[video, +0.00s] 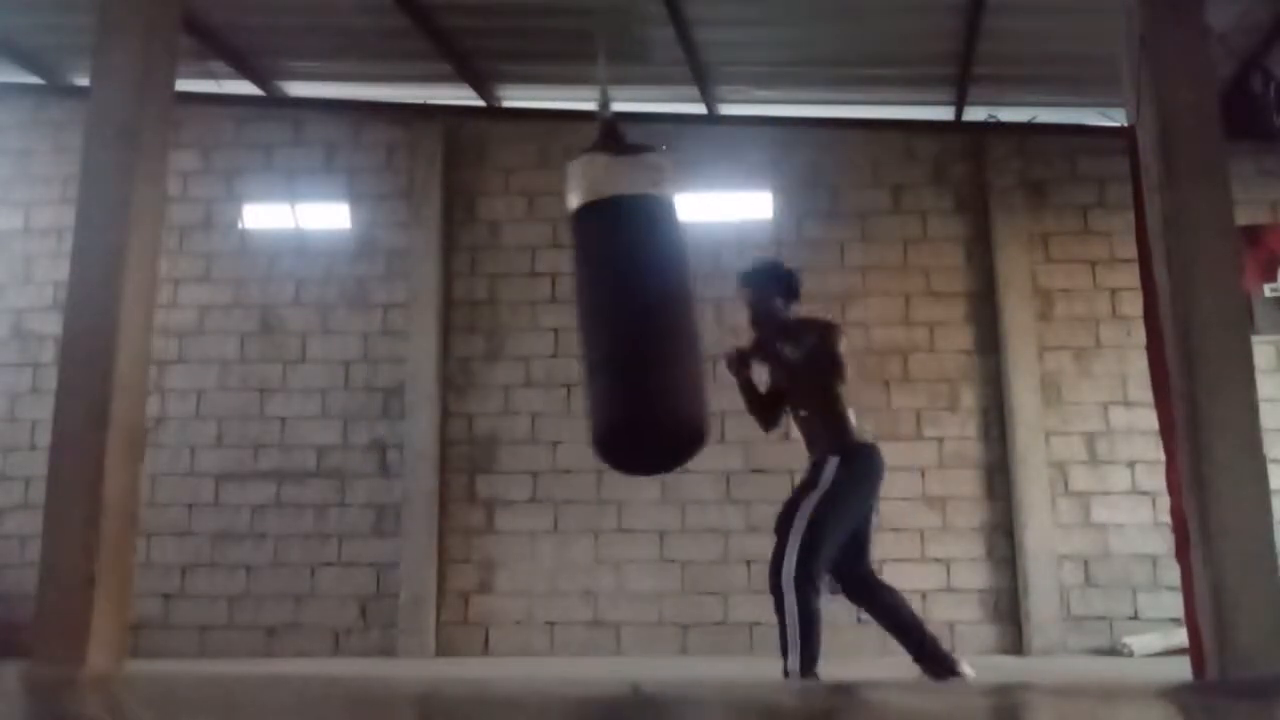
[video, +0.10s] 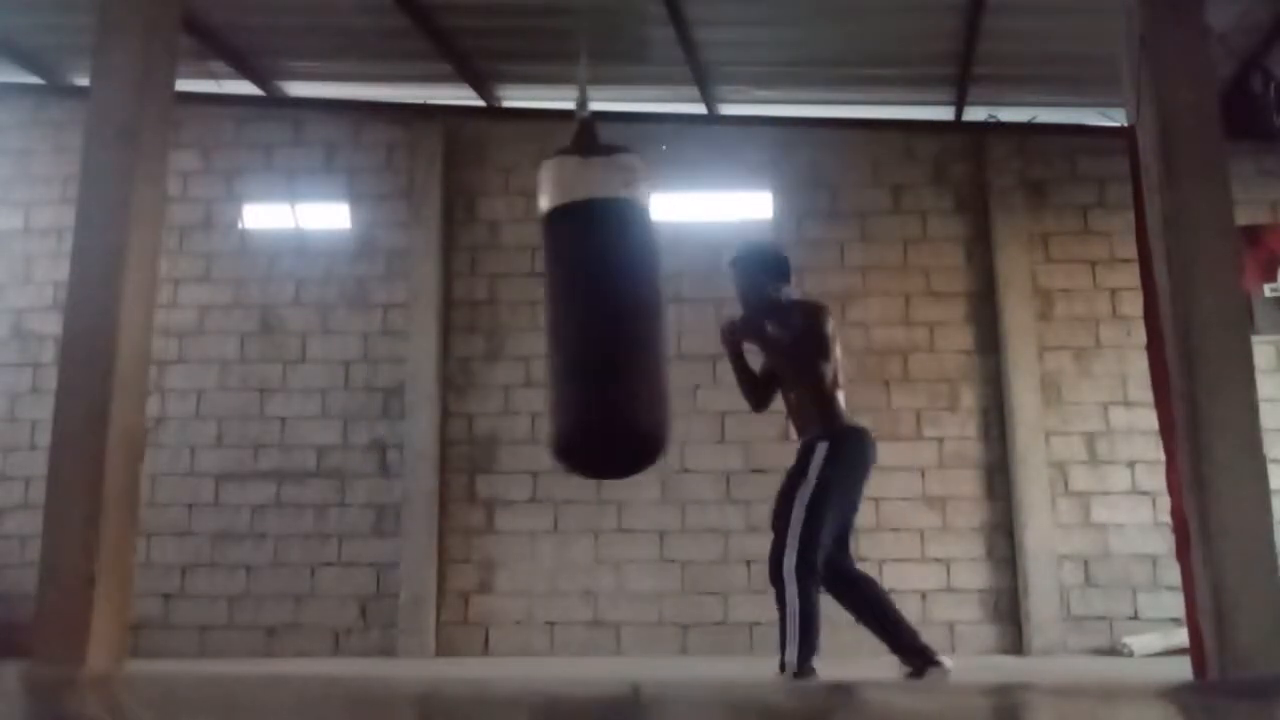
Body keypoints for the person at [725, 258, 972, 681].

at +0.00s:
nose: (749, 310)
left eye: (755, 300)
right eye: (747, 301)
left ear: (778, 299)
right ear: (761, 302)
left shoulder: (814, 332)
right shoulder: (773, 350)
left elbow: (828, 375)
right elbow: (767, 416)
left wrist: (774, 348)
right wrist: (742, 377)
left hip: (842, 464)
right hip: (850, 464)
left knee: (791, 570)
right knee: (854, 576)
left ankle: (800, 685)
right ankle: (945, 670)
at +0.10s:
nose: (738, 293)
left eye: (743, 282)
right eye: (736, 282)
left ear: (767, 281)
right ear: (768, 285)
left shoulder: (806, 314)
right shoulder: (772, 334)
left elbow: (816, 365)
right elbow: (757, 398)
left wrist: (764, 334)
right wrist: (733, 350)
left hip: (830, 447)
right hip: (840, 447)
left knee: (790, 561)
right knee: (832, 566)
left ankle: (796, 672)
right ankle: (921, 660)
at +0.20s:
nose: (737, 288)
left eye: (744, 277)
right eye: (736, 278)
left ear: (770, 277)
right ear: (747, 282)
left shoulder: (805, 308)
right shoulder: (768, 330)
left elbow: (814, 356)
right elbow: (749, 390)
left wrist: (756, 329)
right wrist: (731, 341)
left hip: (822, 440)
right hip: (838, 440)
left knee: (774, 546)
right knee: (826, 561)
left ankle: (784, 669)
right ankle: (901, 666)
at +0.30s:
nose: (730, 294)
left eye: (737, 284)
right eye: (731, 284)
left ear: (758, 286)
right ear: (753, 288)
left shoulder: (801, 323)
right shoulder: (762, 339)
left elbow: (810, 369)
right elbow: (740, 400)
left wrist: (751, 339)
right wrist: (722, 351)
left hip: (817, 454)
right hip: (829, 456)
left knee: (763, 556)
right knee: (837, 582)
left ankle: (756, 678)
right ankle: (913, 677)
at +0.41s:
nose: (716, 303)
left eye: (724, 293)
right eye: (716, 293)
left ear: (746, 296)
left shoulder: (787, 332)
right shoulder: (741, 348)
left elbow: (792, 397)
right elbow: (735, 416)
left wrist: (739, 359)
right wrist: (706, 366)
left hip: (809, 462)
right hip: (816, 464)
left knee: (752, 568)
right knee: (831, 585)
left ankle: (751, 686)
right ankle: (909, 675)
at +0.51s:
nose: (692, 298)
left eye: (699, 287)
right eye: (692, 288)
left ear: (722, 288)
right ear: (728, 290)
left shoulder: (765, 323)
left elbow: (751, 386)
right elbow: (738, 411)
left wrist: (705, 338)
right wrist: (695, 382)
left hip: (791, 453)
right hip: (807, 452)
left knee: (744, 565)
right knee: (809, 578)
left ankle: (748, 680)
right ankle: (896, 669)